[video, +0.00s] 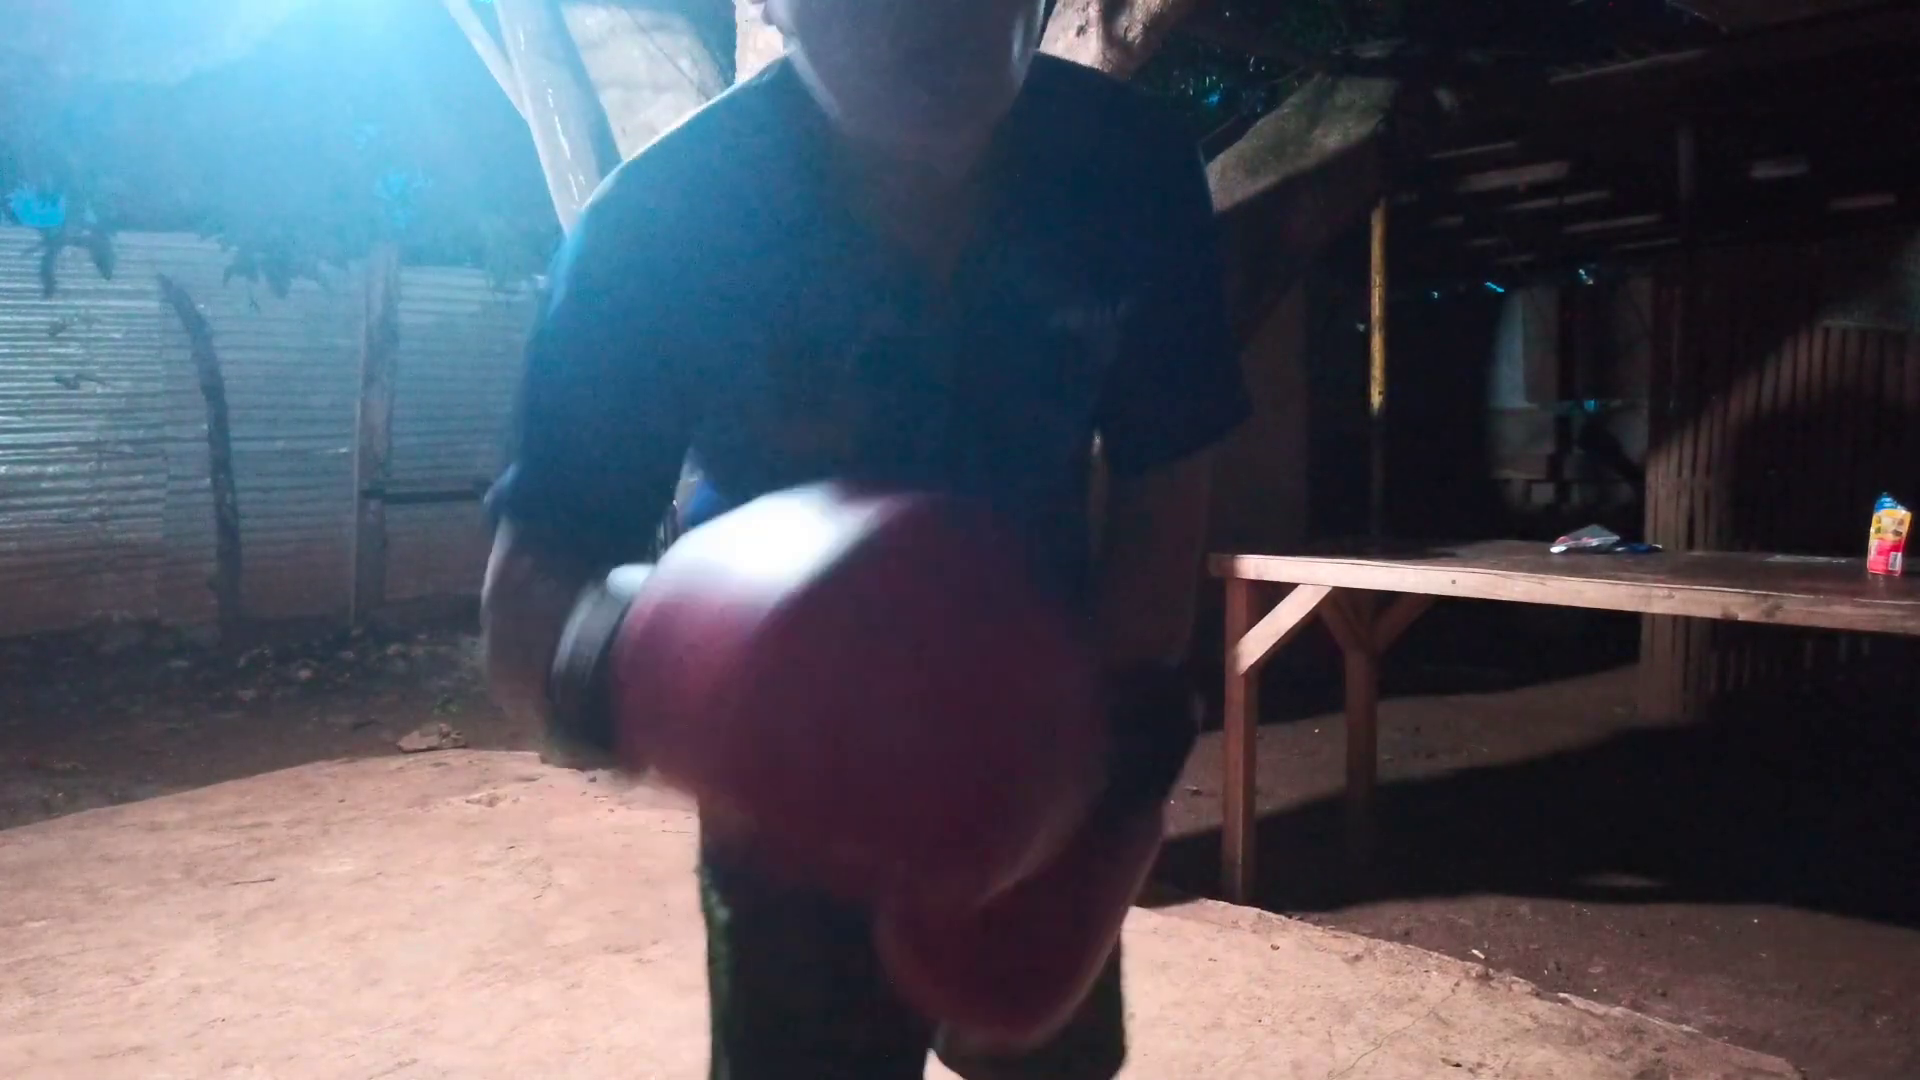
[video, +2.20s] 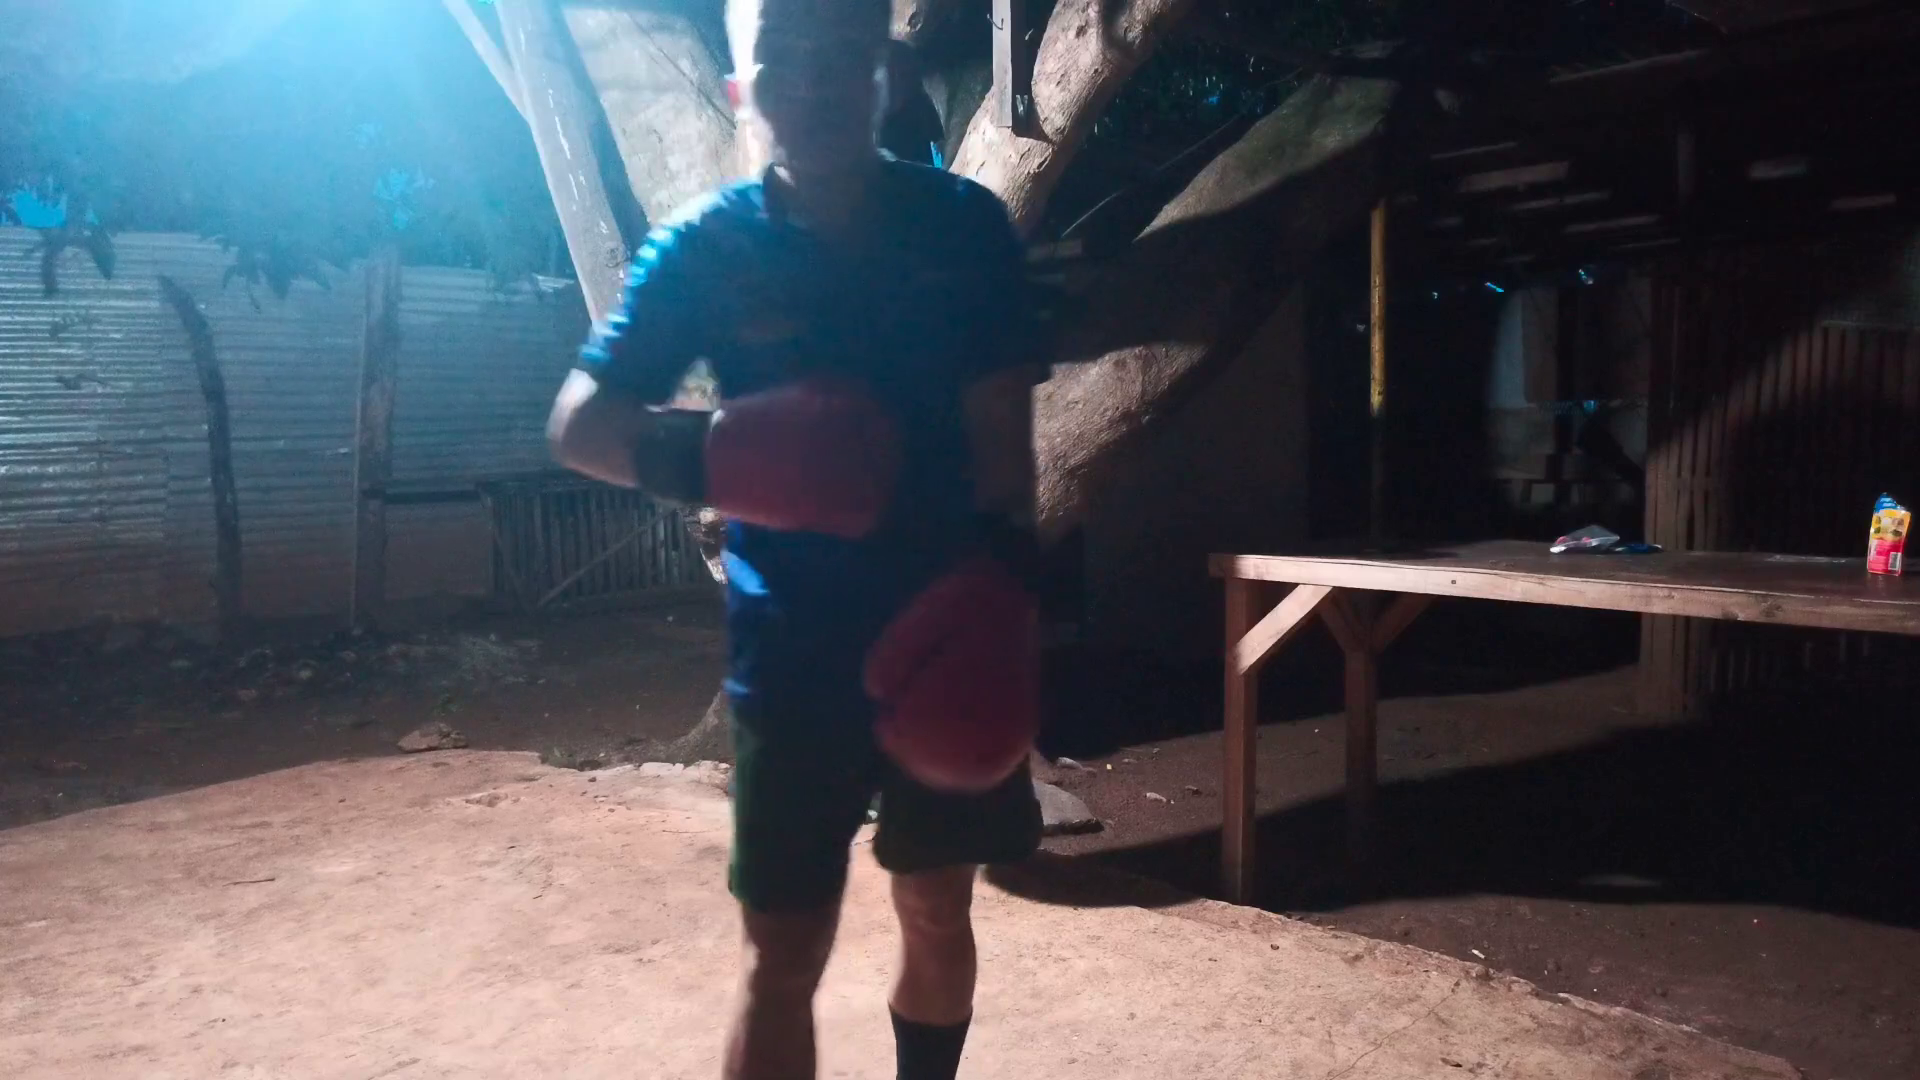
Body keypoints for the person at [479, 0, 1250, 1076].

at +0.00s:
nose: (939, 15)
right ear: (776, 6)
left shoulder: (1130, 162)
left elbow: (1164, 523)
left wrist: (1115, 816)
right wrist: (673, 667)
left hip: (1058, 761)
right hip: (802, 768)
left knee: (1058, 1057)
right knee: (796, 1061)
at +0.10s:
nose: (947, 16)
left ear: (1035, 4)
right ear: (803, 11)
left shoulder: (1123, 161)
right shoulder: (703, 185)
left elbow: (1176, 494)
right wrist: (750, 545)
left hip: (1065, 747)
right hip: (818, 760)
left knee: (1083, 1059)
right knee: (815, 1060)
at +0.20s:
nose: (966, 31)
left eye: (997, 9)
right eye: (916, 9)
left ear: (1048, 17)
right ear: (819, 16)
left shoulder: (1126, 170)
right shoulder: (747, 183)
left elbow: (1193, 489)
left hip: (1097, 708)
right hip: (864, 714)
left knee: (1117, 1055)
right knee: (836, 1058)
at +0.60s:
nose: (1055, 91)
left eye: (1091, 56)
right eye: (1021, 56)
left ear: (1144, 64)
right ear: (965, 59)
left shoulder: (1197, 237)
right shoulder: (895, 220)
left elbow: (1233, 498)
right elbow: (784, 452)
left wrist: (1264, 680)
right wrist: (867, 481)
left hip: (1140, 713)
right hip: (943, 719)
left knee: (1138, 1043)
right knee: (937, 1055)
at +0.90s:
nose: (1038, 58)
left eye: (1068, 28)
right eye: (1002, 24)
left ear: (1101, 41)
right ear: (927, 26)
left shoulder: (1154, 207)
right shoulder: (845, 215)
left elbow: (1214, 426)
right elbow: (816, 425)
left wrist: (1161, 519)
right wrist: (793, 436)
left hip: (1105, 683)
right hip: (916, 690)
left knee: (1094, 1023)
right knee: (901, 1038)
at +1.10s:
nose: (926, 59)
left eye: (957, 28)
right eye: (897, 28)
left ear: (1000, 37)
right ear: (843, 38)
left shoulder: (1080, 188)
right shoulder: (789, 217)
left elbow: (1104, 408)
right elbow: (745, 457)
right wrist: (734, 426)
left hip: (1051, 664)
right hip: (857, 673)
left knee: (1065, 1009)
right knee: (859, 1016)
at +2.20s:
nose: (811, 91)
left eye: (838, 65)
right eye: (782, 71)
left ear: (880, 78)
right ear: (742, 94)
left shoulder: (962, 224)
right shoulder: (704, 247)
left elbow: (1002, 442)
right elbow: (577, 424)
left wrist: (993, 620)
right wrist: (720, 460)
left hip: (945, 628)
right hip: (790, 645)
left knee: (937, 917)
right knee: (782, 963)